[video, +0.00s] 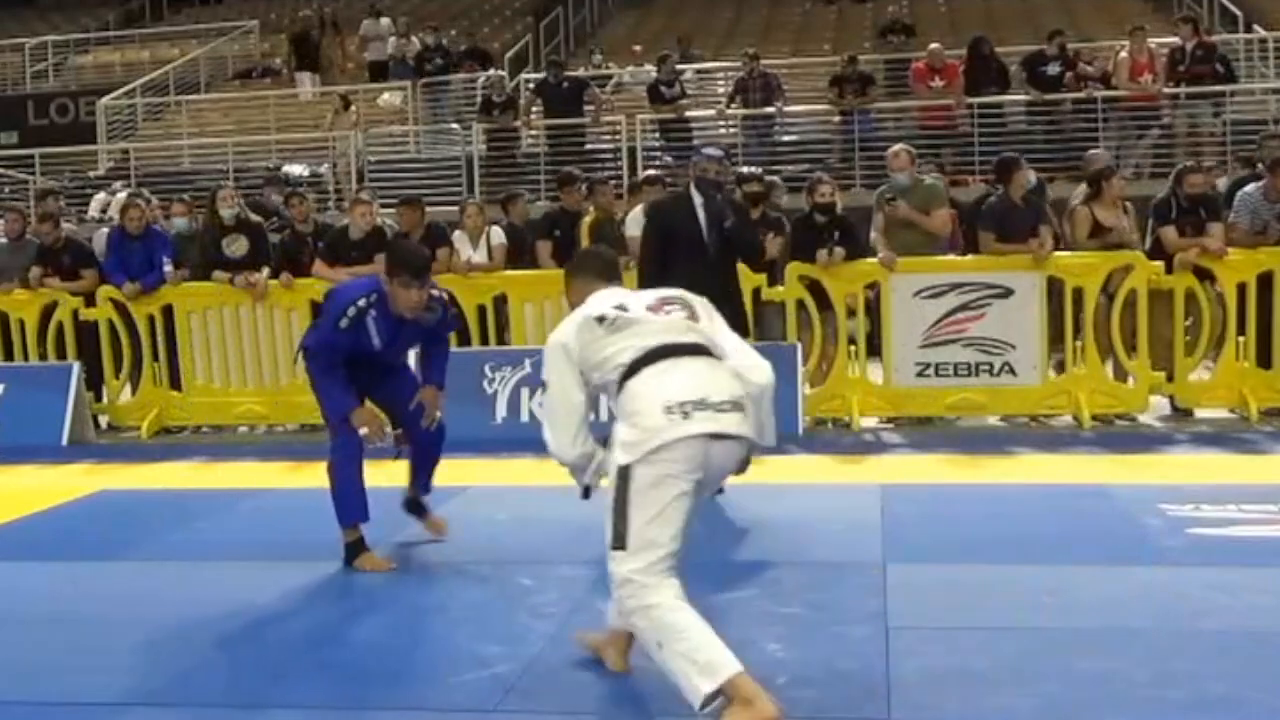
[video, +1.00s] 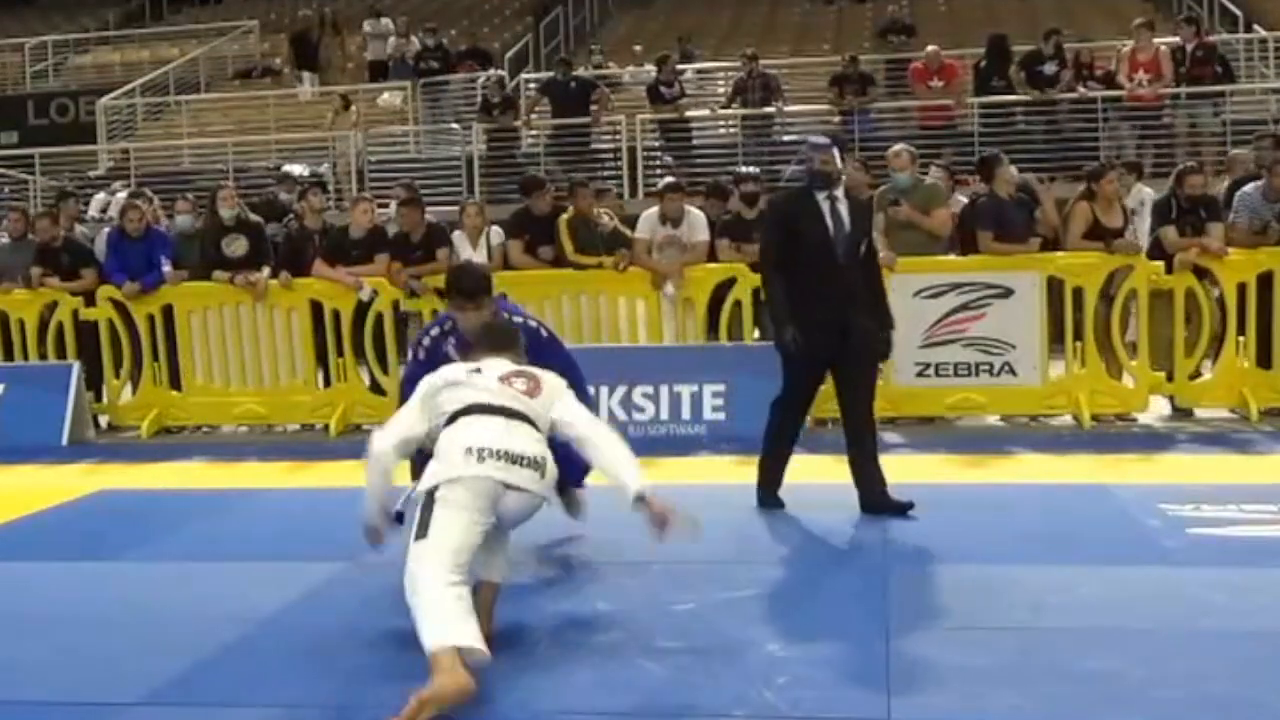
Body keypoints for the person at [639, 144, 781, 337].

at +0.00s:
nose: (711, 178)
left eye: (719, 173)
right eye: (704, 171)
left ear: (727, 176)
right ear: (692, 171)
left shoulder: (734, 209)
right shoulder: (663, 210)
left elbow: (756, 260)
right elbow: (649, 270)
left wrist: (729, 217)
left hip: (726, 315)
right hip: (678, 315)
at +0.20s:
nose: (728, 184)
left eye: (735, 176)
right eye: (722, 175)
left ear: (744, 178)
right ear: (709, 176)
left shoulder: (750, 212)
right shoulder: (683, 215)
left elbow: (772, 262)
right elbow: (665, 274)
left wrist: (751, 228)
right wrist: (665, 325)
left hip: (743, 315)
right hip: (700, 316)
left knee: (723, 395)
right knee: (725, 396)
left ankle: (701, 475)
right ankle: (757, 483)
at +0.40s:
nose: (743, 172)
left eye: (750, 166)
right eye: (737, 166)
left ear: (759, 171)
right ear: (724, 170)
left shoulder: (776, 211)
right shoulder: (702, 214)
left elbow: (790, 260)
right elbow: (688, 275)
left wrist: (797, 291)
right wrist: (687, 329)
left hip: (767, 312)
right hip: (724, 314)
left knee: (760, 393)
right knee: (742, 395)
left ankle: (714, 457)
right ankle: (760, 487)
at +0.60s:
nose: (763, 168)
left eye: (769, 162)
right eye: (757, 161)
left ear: (779, 166)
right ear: (744, 164)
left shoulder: (795, 209)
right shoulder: (720, 210)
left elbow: (809, 271)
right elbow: (712, 273)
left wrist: (828, 322)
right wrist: (723, 326)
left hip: (789, 322)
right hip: (745, 323)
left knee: (810, 391)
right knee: (751, 408)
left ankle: (776, 464)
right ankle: (759, 487)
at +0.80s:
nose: (791, 165)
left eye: (796, 159)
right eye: (784, 159)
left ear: (807, 165)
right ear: (772, 164)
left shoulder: (820, 208)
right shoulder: (749, 207)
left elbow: (829, 266)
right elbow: (739, 269)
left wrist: (837, 315)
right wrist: (758, 318)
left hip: (817, 324)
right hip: (769, 325)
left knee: (836, 409)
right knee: (764, 409)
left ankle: (865, 488)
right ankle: (762, 488)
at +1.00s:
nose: (824, 166)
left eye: (830, 159)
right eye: (817, 159)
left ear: (842, 164)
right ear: (804, 163)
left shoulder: (858, 207)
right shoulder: (785, 207)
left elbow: (869, 267)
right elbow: (772, 271)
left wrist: (883, 322)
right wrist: (783, 324)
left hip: (855, 328)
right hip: (808, 329)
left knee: (860, 418)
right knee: (791, 412)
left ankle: (873, 496)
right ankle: (767, 489)